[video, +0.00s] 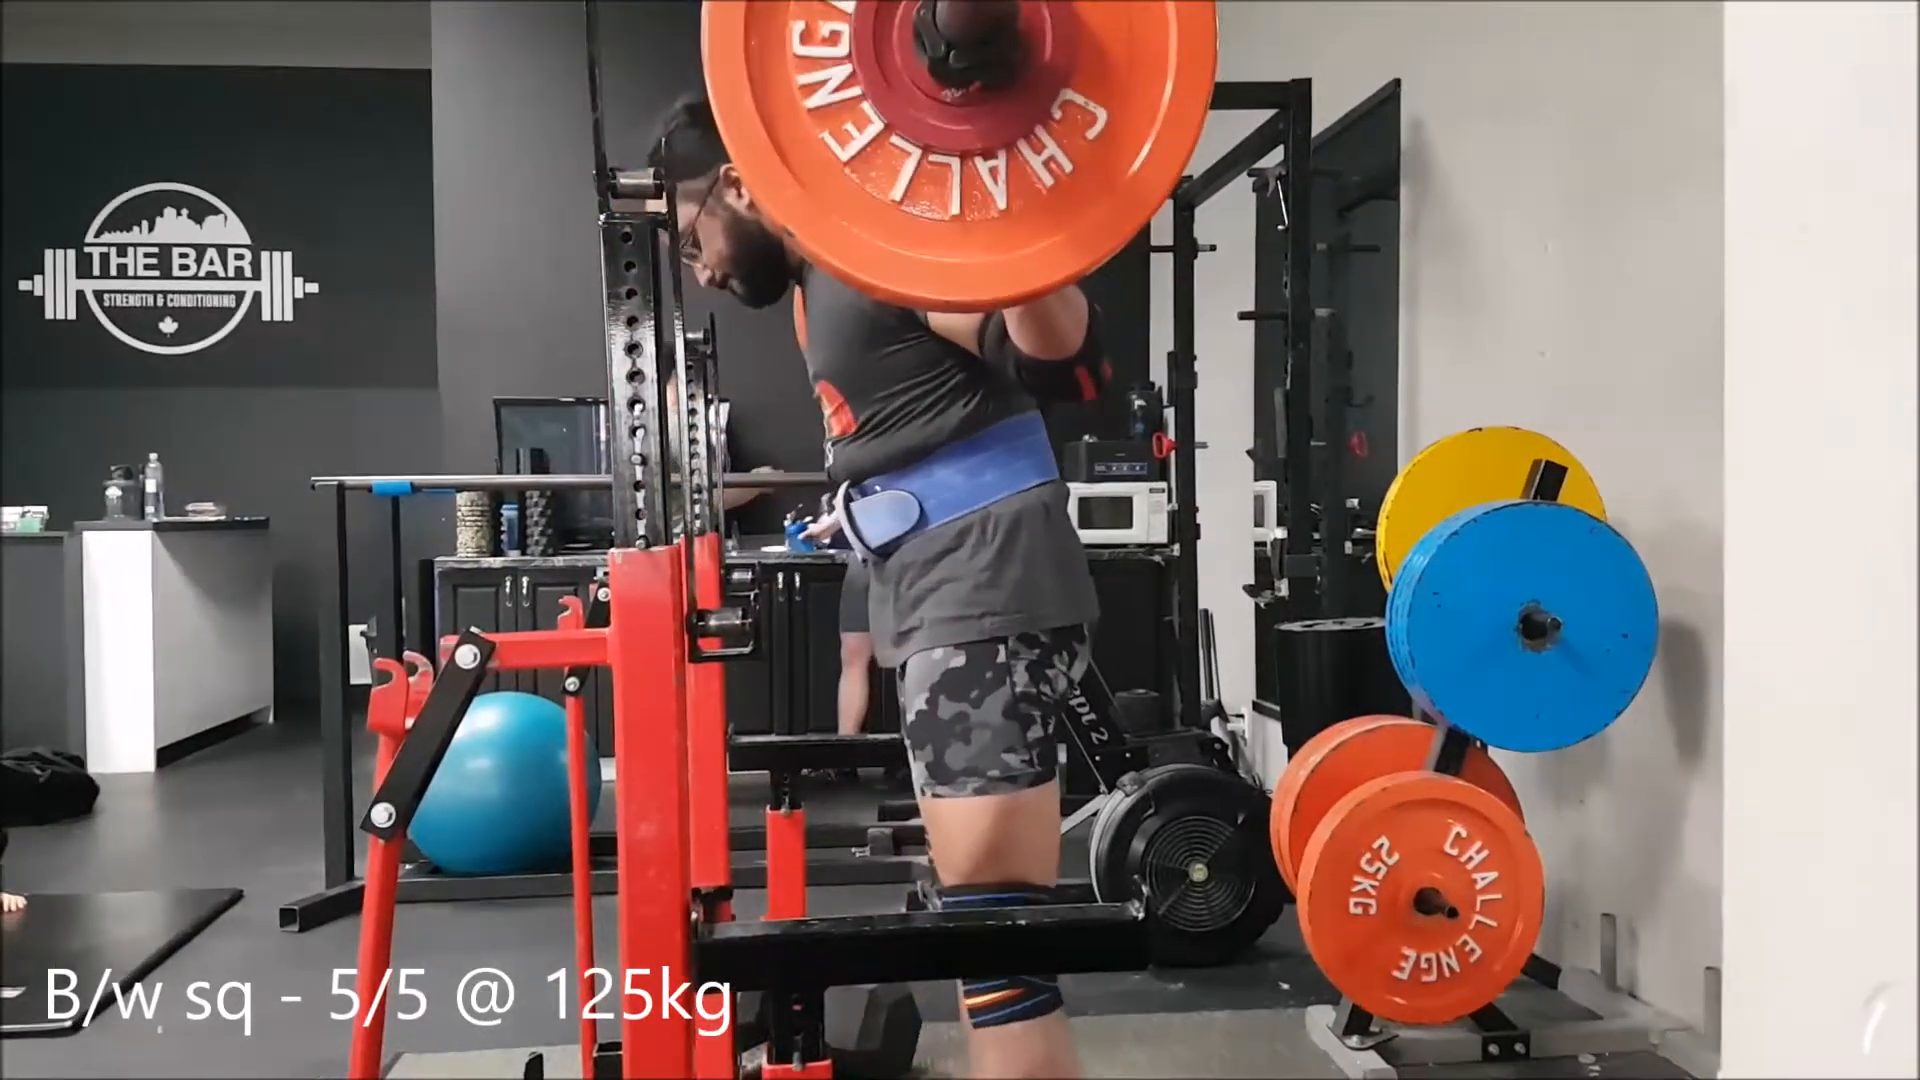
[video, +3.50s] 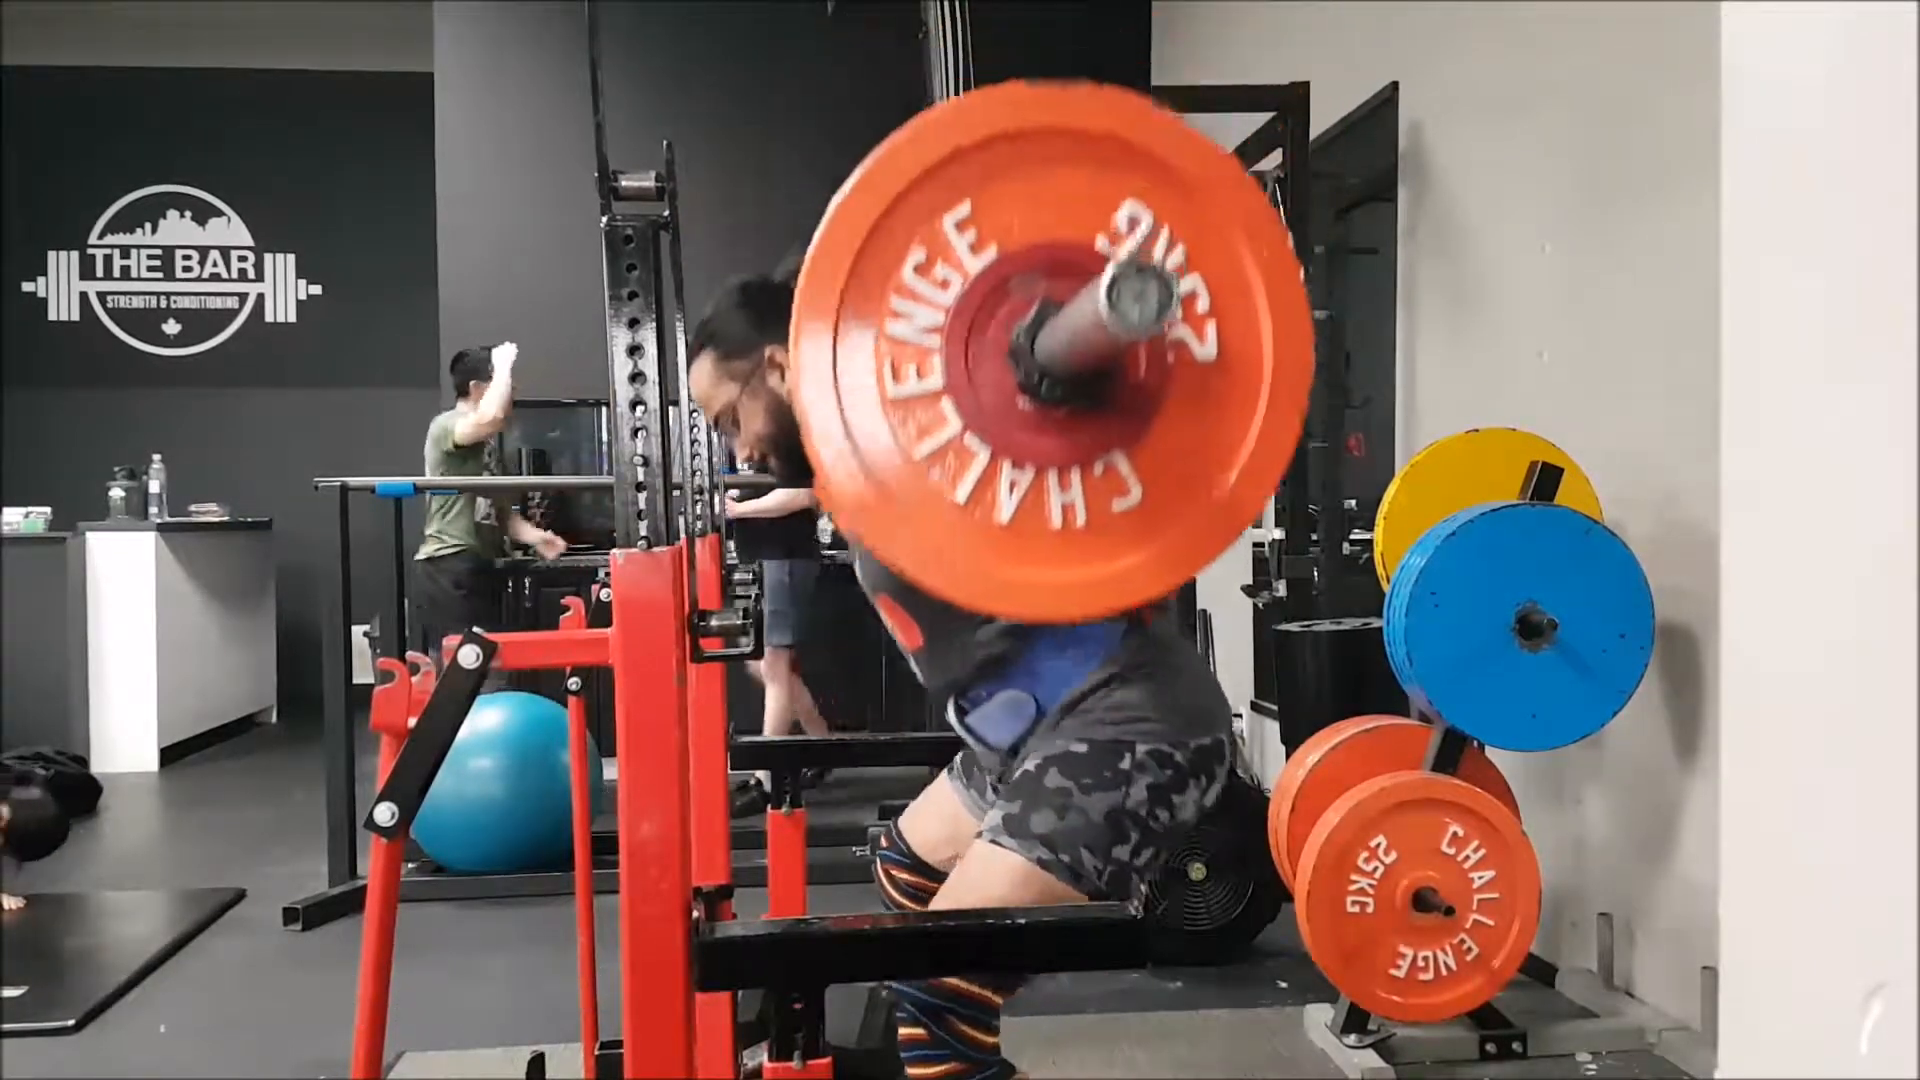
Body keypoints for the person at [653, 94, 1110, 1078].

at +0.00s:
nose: (697, 265)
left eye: (690, 228)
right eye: (682, 240)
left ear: (736, 179)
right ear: (731, 191)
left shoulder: (869, 237)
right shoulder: (818, 271)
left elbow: (1056, 332)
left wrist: (1008, 179)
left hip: (985, 568)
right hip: (932, 578)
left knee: (998, 934)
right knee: (981, 931)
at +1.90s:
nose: (754, 262)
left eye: (747, 229)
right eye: (737, 242)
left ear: (805, 178)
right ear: (800, 185)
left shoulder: (941, 231)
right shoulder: (881, 281)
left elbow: (1130, 343)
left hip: (1048, 586)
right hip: (980, 594)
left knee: (1049, 936)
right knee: (1004, 926)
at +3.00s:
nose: (752, 254)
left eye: (748, 220)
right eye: (737, 236)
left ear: (804, 164)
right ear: (799, 175)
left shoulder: (930, 241)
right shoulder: (862, 293)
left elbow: (1119, 371)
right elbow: (934, 456)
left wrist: (1134, 203)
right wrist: (834, 512)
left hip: (1046, 577)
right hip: (972, 592)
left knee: (1002, 931)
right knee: (969, 902)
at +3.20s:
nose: (748, 301)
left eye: (743, 270)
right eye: (732, 284)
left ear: (795, 214)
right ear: (795, 224)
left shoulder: (924, 286)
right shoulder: (865, 333)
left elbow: (1116, 417)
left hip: (1080, 610)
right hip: (1000, 627)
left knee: (959, 946)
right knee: (928, 858)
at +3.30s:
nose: (743, 341)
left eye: (736, 312)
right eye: (727, 326)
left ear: (790, 257)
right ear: (789, 265)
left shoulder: (915, 325)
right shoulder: (854, 382)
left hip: (1097, 644)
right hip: (1011, 662)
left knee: (957, 950)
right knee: (923, 860)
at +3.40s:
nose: (737, 394)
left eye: (731, 365)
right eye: (722, 378)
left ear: (787, 312)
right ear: (784, 320)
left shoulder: (900, 365)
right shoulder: (849, 421)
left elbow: (1038, 281)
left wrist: (1125, 208)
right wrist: (814, 500)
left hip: (1119, 683)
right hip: (1027, 691)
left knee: (948, 999)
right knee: (915, 866)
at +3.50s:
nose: (740, 449)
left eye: (730, 416)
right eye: (724, 429)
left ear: (781, 364)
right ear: (783, 368)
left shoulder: (918, 411)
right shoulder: (855, 444)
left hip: (1126, 721)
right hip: (1023, 723)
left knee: (938, 1005)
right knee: (905, 868)